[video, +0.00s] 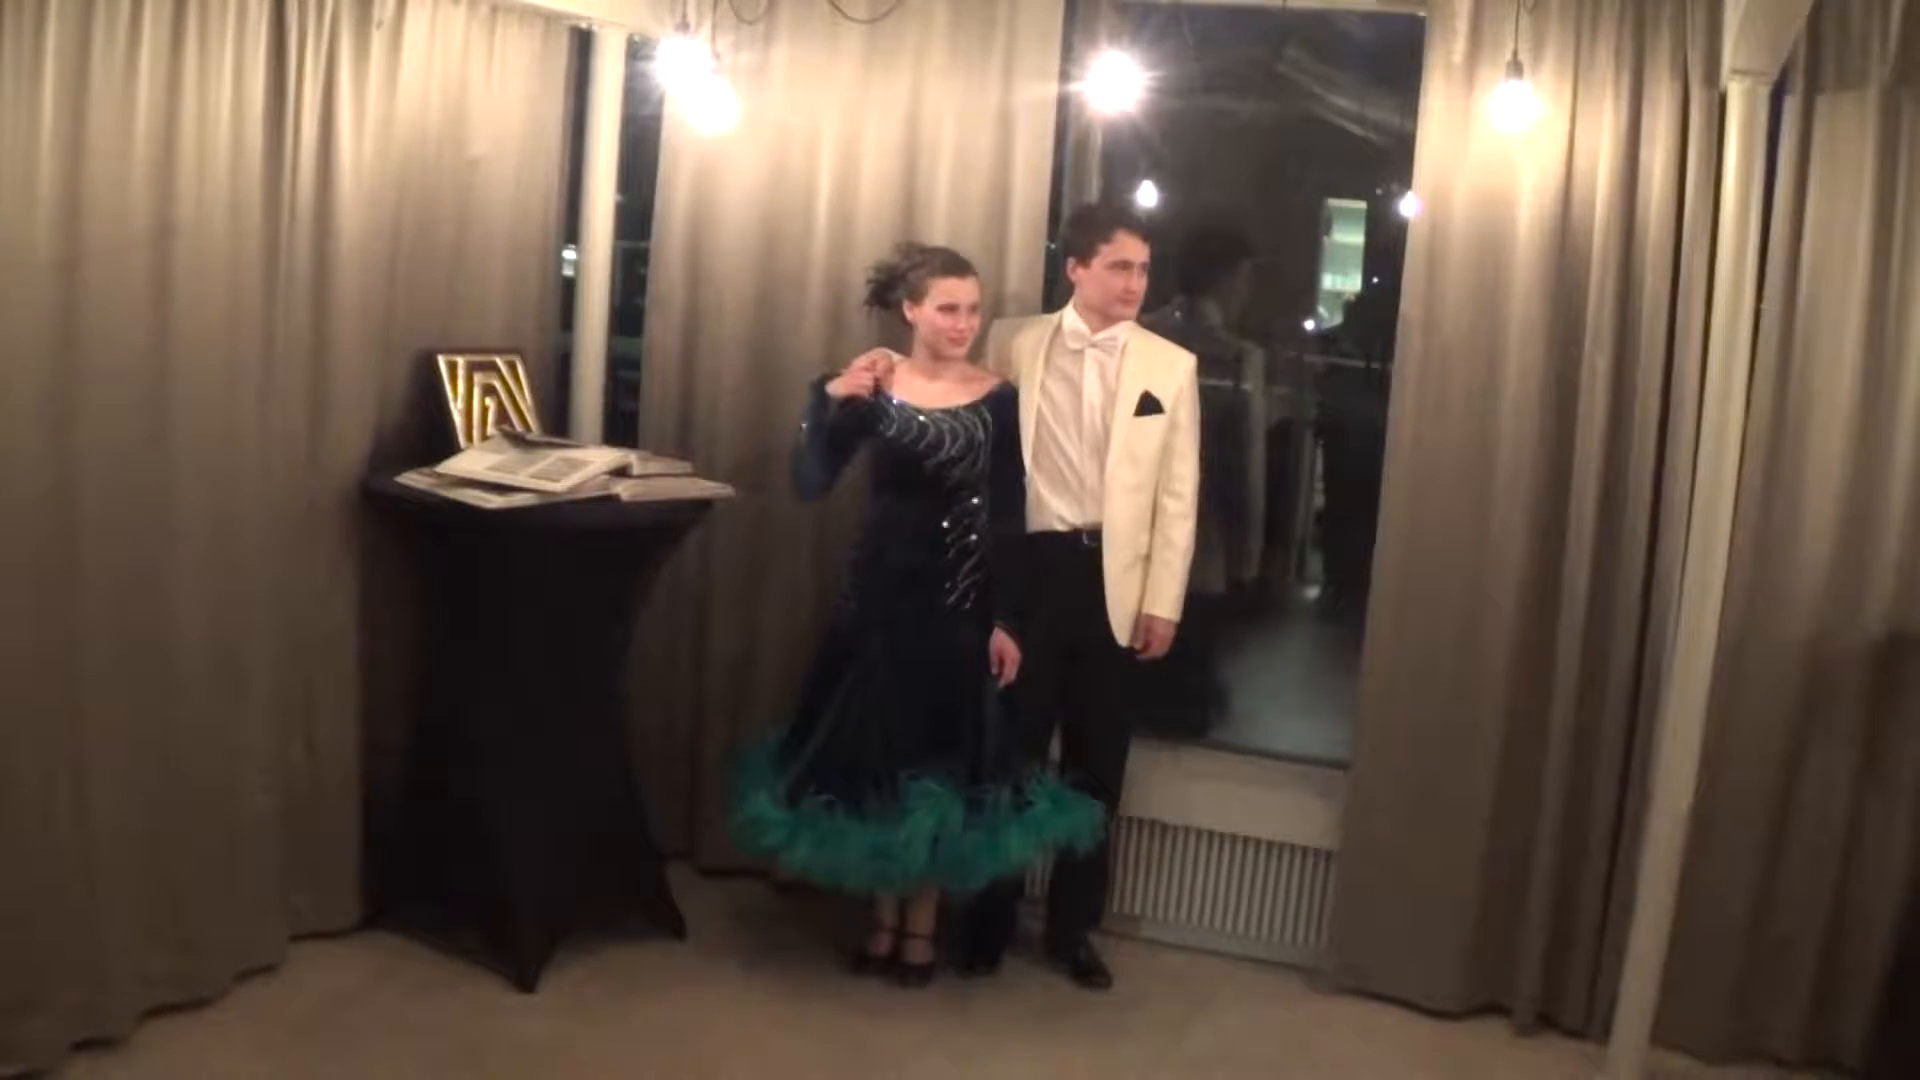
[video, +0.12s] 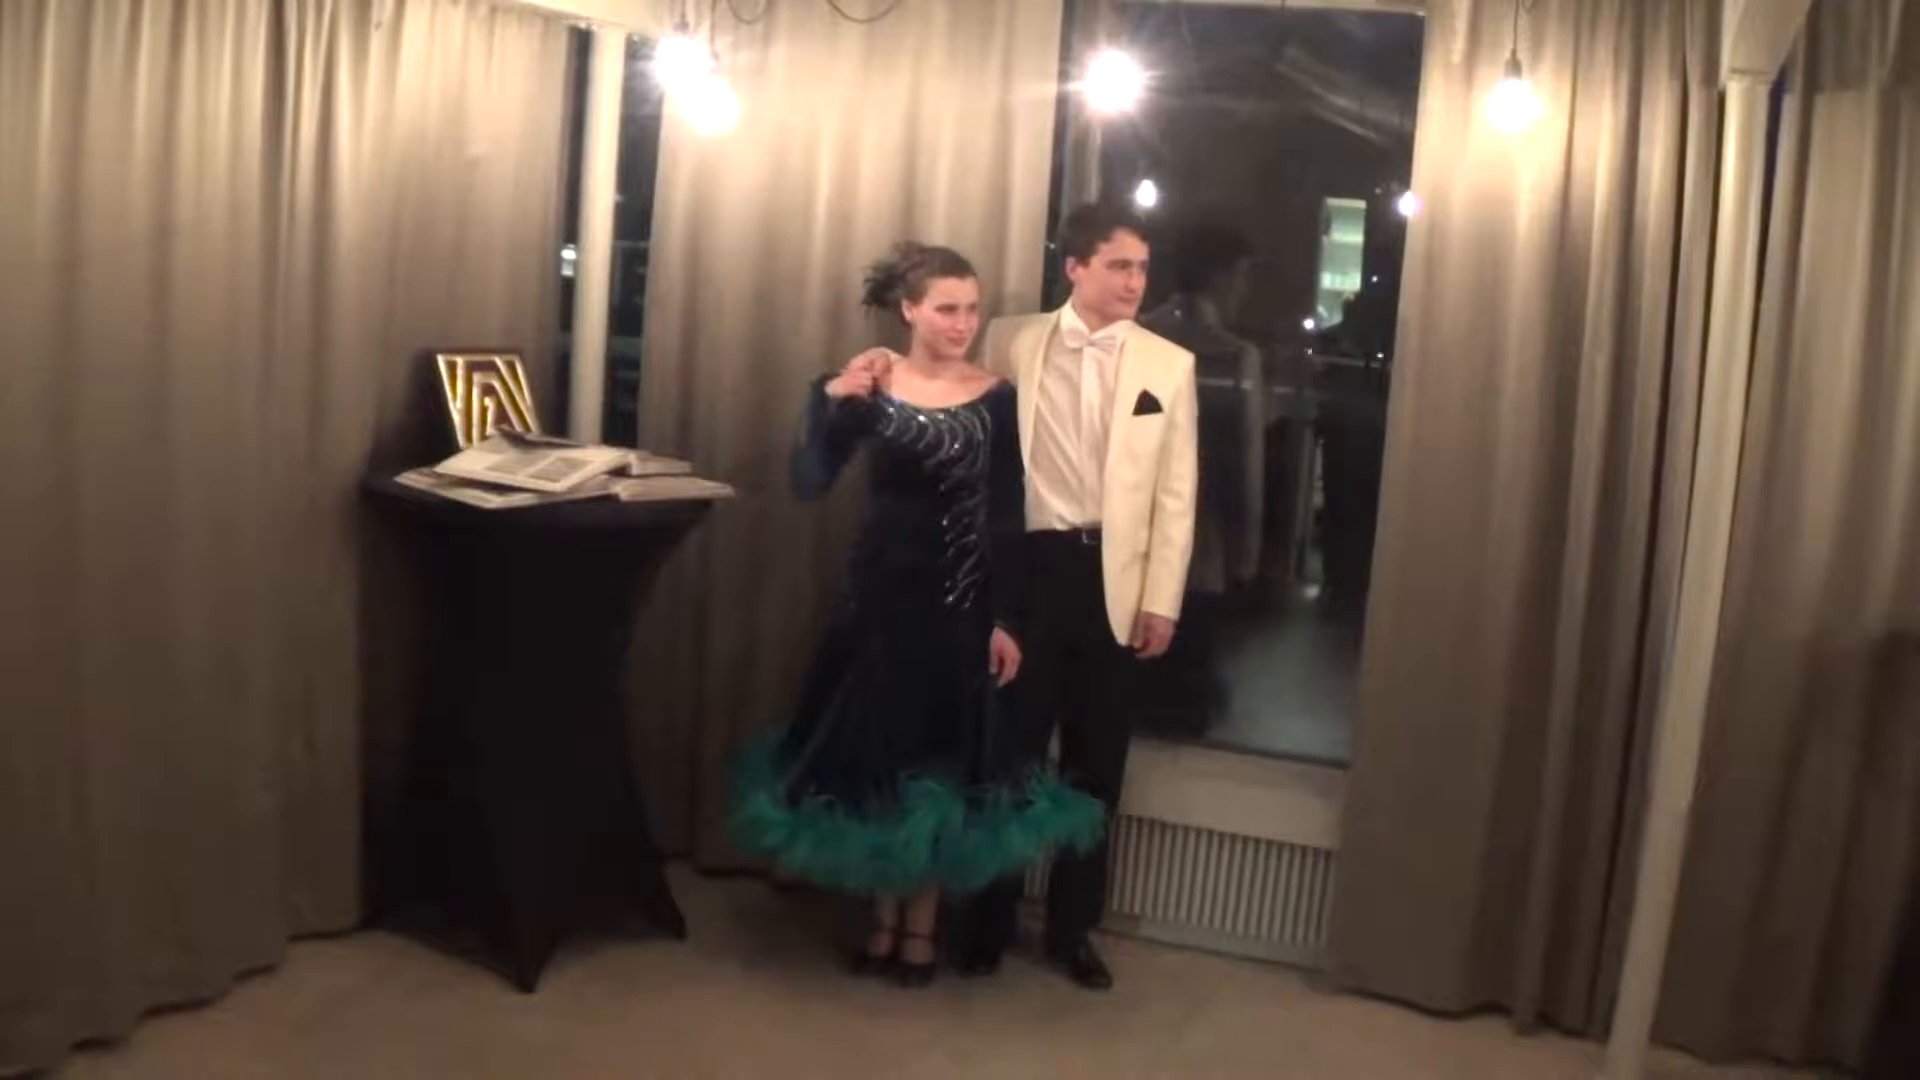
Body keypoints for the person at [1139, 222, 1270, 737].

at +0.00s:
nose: (1248, 288)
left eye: (1248, 276)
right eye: (1244, 276)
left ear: (1186, 273)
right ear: (1229, 280)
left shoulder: (1144, 338)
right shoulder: (1240, 357)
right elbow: (1245, 465)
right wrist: (1247, 553)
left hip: (1136, 508)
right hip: (1203, 524)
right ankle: (1188, 700)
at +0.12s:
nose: (1246, 288)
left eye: (1246, 276)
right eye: (1242, 276)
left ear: (1185, 272)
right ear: (1227, 280)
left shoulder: (1140, 337)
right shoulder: (1237, 356)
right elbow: (1244, 465)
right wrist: (1246, 554)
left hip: (1131, 509)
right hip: (1200, 523)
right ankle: (1186, 702)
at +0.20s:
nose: (1246, 288)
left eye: (1245, 276)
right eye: (1241, 276)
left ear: (1184, 272)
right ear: (1225, 278)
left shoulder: (1140, 337)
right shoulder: (1235, 355)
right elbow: (1242, 465)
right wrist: (1245, 553)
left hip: (1131, 505)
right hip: (1199, 519)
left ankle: (1127, 697)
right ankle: (1186, 703)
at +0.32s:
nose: (1246, 287)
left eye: (1246, 275)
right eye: (1241, 275)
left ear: (1184, 271)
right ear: (1224, 278)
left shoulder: (1140, 336)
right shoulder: (1234, 355)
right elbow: (1243, 464)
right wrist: (1245, 551)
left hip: (1131, 505)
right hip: (1199, 519)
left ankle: (1127, 697)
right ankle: (1185, 703)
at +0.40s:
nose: (1245, 287)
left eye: (1245, 275)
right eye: (1241, 275)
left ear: (1183, 271)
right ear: (1223, 278)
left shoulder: (1139, 336)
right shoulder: (1234, 354)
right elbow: (1243, 462)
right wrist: (1245, 550)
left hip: (1131, 504)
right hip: (1199, 518)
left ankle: (1127, 697)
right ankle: (1184, 703)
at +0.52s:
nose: (1244, 287)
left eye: (1244, 275)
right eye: (1239, 275)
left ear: (1182, 272)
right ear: (1220, 278)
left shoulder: (1139, 336)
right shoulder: (1233, 354)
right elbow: (1243, 462)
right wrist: (1246, 550)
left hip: (1130, 506)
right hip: (1198, 518)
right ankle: (1183, 704)